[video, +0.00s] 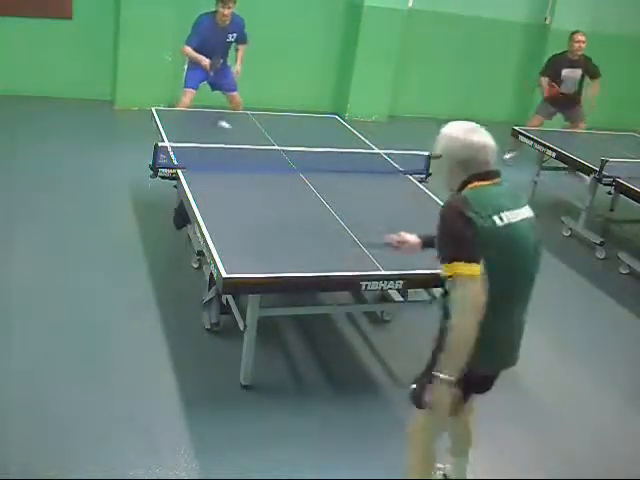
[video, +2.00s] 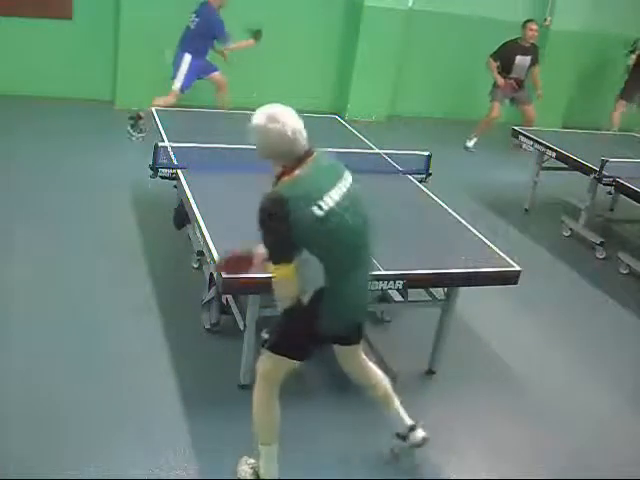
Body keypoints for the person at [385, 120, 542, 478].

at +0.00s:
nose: (437, 169)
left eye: (440, 161)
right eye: (437, 161)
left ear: (454, 164)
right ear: (486, 158)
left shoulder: (460, 209)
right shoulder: (512, 199)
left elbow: (471, 300)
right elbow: (484, 240)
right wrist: (422, 242)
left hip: (468, 348)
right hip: (501, 344)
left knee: (422, 425)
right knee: (460, 406)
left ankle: (421, 473)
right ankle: (459, 470)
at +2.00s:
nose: (258, 147)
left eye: (259, 142)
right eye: (260, 140)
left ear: (268, 153)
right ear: (302, 137)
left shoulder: (278, 204)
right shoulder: (329, 165)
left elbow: (285, 286)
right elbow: (315, 230)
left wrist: (289, 318)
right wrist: (272, 252)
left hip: (325, 302)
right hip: (358, 287)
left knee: (267, 376)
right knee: (355, 360)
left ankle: (267, 470)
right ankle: (408, 428)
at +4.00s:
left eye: (391, 137)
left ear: (393, 146)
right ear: (443, 147)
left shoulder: (371, 191)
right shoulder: (464, 194)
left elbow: (344, 273)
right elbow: (488, 275)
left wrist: (339, 317)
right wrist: (475, 331)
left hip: (372, 334)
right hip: (424, 335)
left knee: (361, 440)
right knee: (389, 408)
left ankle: (360, 467)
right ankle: (368, 455)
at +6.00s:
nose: (429, 141)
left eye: (431, 136)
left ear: (432, 145)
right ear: (480, 153)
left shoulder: (408, 187)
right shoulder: (499, 197)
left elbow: (374, 264)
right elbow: (510, 275)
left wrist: (367, 308)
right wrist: (465, 272)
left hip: (393, 331)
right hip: (447, 335)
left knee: (353, 422)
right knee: (438, 415)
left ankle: (338, 475)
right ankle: (441, 474)